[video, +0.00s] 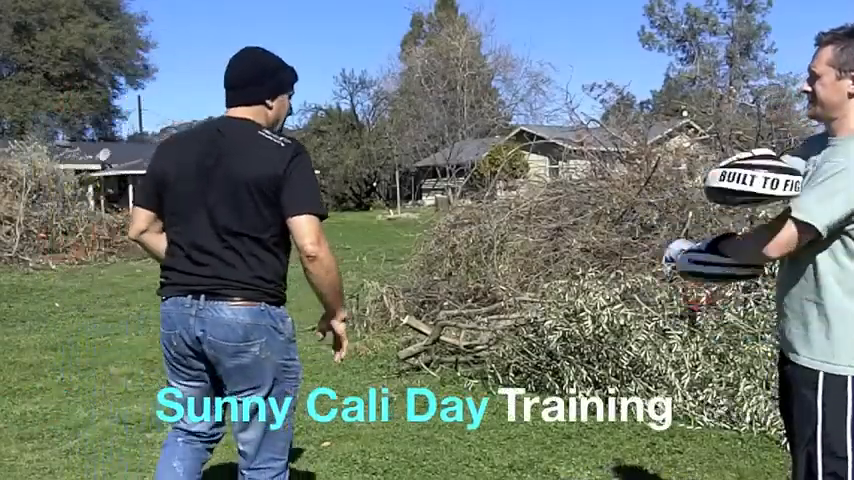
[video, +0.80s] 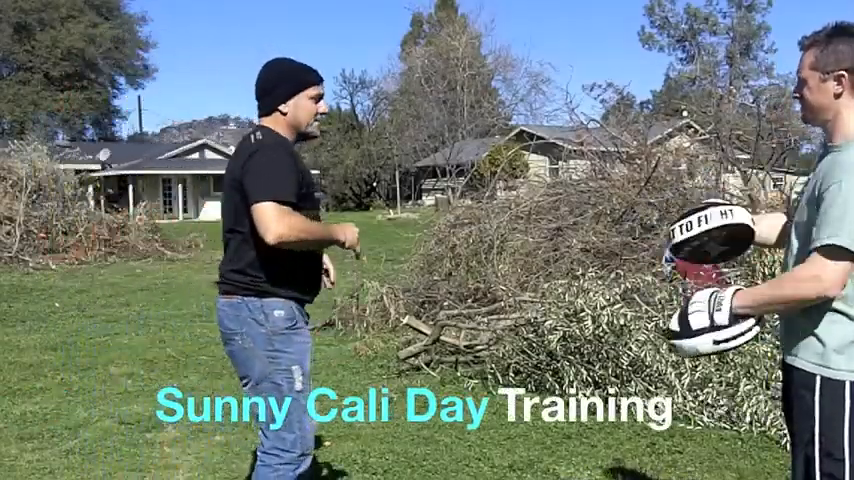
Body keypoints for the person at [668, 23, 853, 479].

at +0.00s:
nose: (804, 87)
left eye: (815, 77)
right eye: (808, 77)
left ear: (849, 84)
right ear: (842, 84)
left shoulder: (845, 158)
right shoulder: (816, 148)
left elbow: (773, 245)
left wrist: (696, 254)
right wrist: (717, 253)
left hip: (833, 356)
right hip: (803, 348)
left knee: (827, 470)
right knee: (809, 465)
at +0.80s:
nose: (796, 94)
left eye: (803, 83)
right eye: (797, 83)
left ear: (839, 85)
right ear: (837, 85)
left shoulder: (843, 167)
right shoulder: (832, 162)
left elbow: (824, 277)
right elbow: (802, 226)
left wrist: (731, 301)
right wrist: (728, 225)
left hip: (831, 369)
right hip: (815, 363)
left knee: (827, 471)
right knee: (814, 468)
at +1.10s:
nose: (778, 94)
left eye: (785, 84)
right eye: (779, 84)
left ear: (821, 88)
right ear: (822, 88)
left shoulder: (841, 166)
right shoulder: (827, 162)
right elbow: (830, 256)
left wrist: (793, 330)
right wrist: (777, 265)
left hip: (833, 376)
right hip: (817, 369)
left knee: (827, 471)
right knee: (812, 470)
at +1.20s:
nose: (768, 97)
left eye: (774, 86)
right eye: (769, 86)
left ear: (812, 89)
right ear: (813, 89)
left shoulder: (837, 168)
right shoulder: (821, 158)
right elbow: (832, 252)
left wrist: (829, 324)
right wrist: (785, 265)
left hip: (827, 366)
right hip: (807, 360)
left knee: (827, 472)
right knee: (809, 468)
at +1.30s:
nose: (764, 100)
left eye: (770, 88)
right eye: (765, 89)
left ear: (808, 90)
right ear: (809, 90)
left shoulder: (835, 170)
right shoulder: (818, 160)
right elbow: (826, 257)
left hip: (827, 372)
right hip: (806, 365)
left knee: (826, 470)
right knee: (807, 467)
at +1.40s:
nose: (759, 102)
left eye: (765, 90)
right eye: (760, 90)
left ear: (803, 90)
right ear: (805, 91)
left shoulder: (833, 167)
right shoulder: (818, 158)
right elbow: (826, 262)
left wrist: (828, 344)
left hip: (825, 373)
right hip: (806, 366)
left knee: (826, 472)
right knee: (809, 469)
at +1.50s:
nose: (758, 104)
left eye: (764, 92)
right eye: (759, 93)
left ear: (801, 90)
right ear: (803, 91)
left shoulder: (831, 163)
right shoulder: (821, 156)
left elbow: (851, 261)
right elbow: (827, 262)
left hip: (828, 378)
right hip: (815, 372)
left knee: (825, 472)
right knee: (815, 470)